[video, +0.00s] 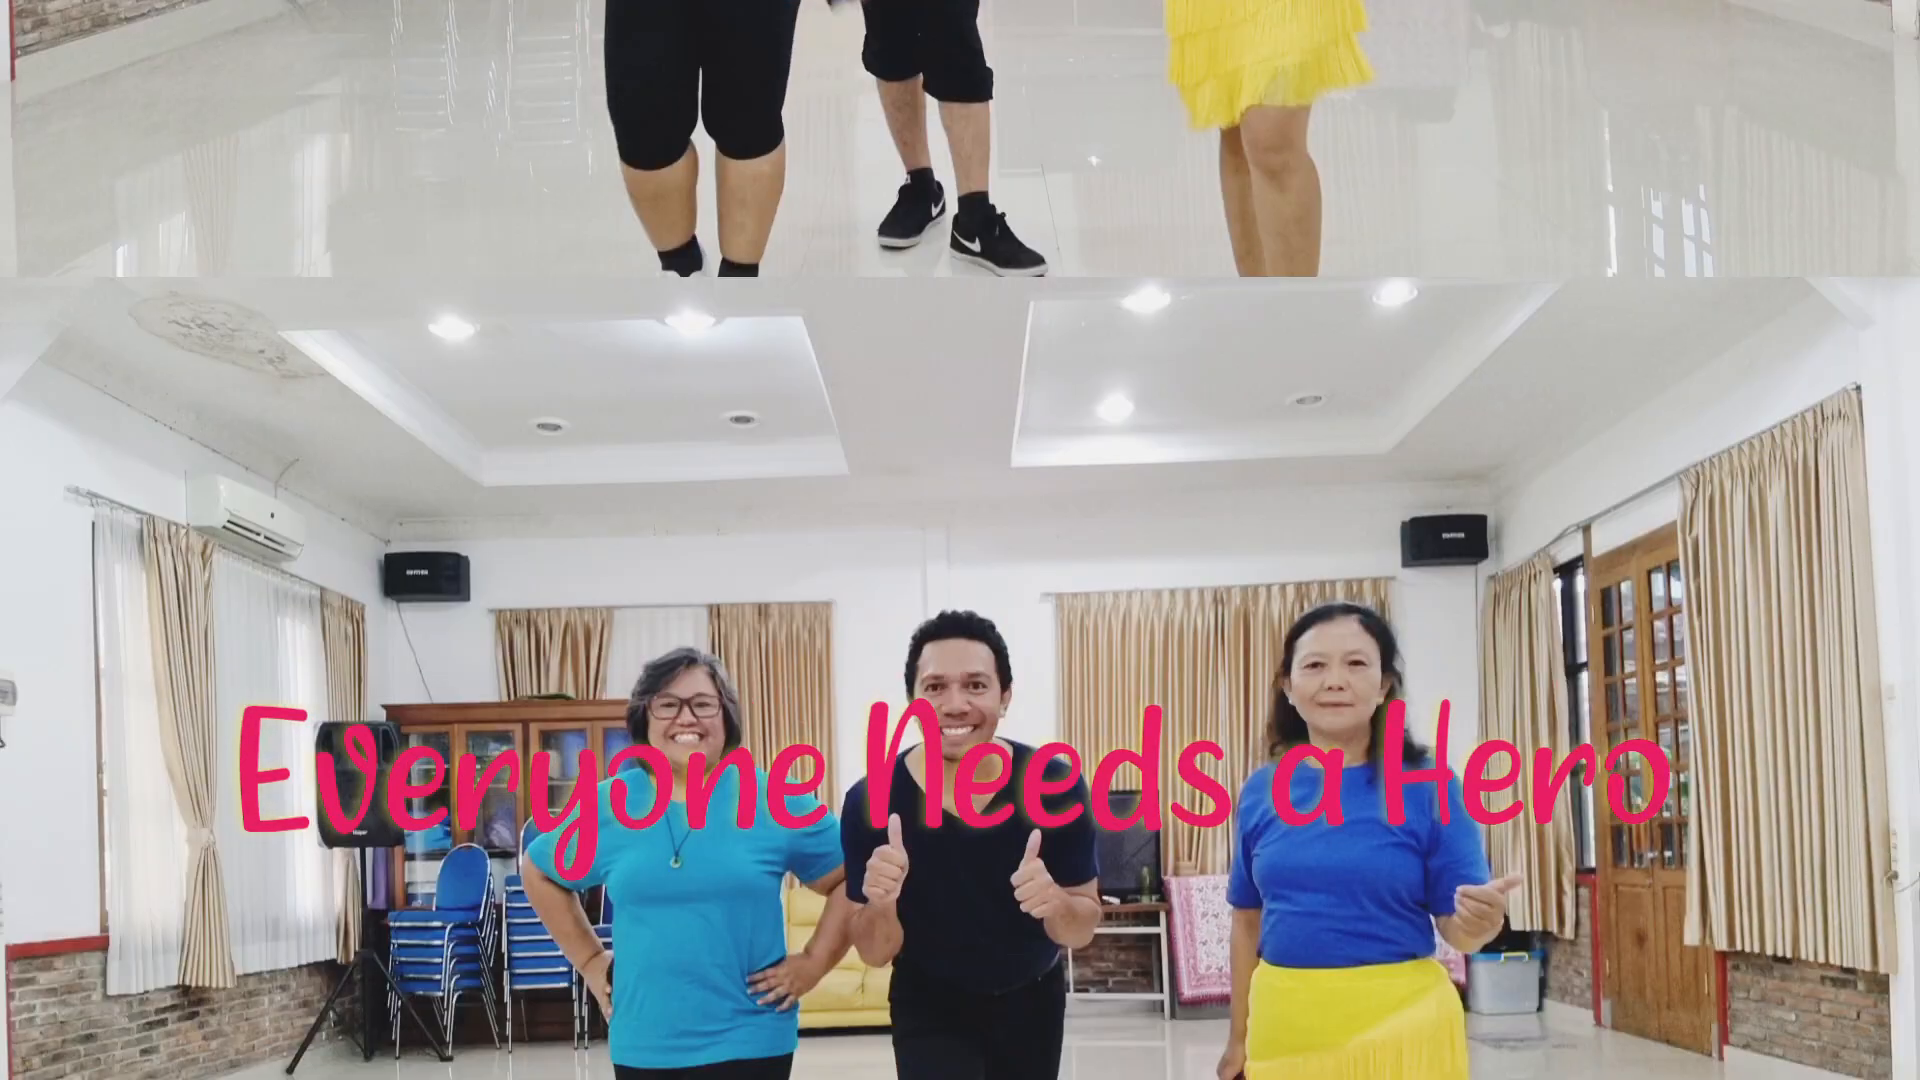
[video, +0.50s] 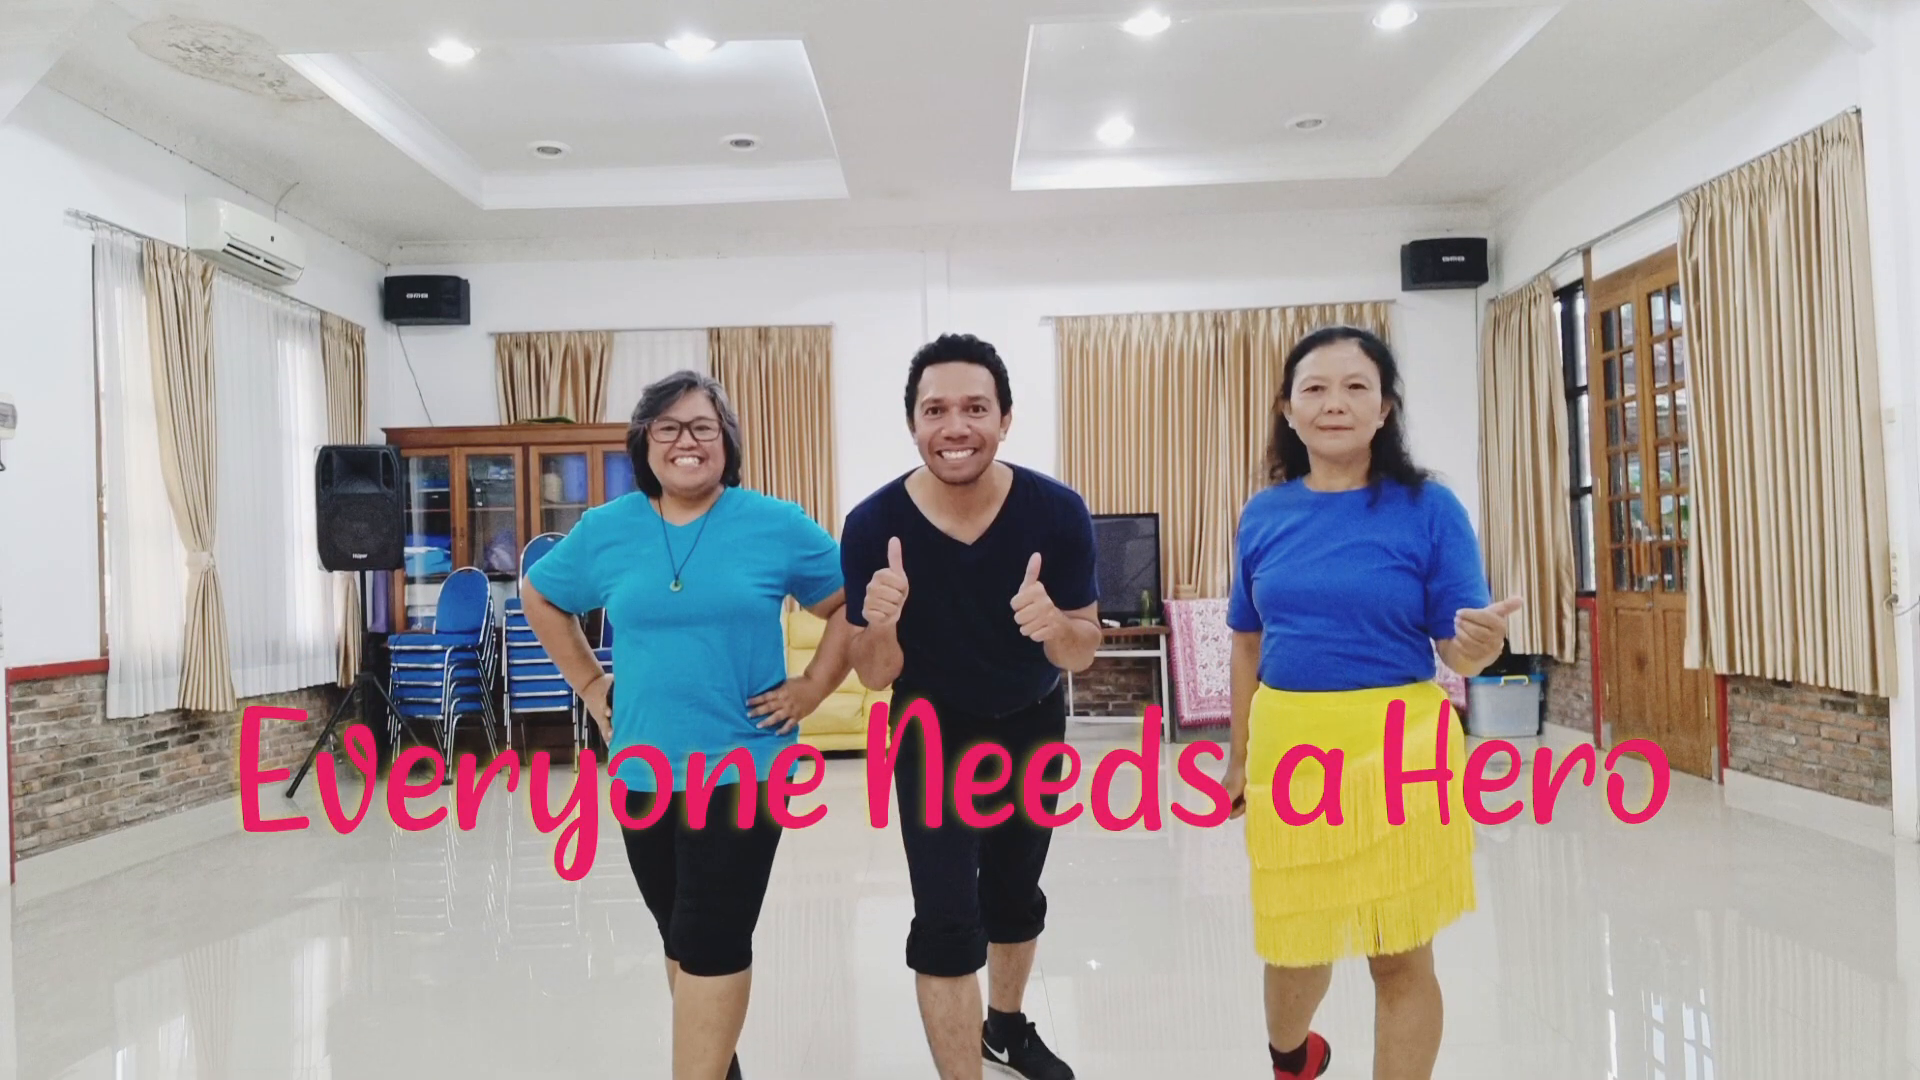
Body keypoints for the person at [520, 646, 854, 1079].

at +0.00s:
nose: (687, 716)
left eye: (703, 704)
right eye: (670, 705)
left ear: (727, 717)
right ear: (645, 717)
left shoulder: (768, 800)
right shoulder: (615, 802)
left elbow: (852, 876)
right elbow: (538, 869)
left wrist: (815, 961)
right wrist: (592, 961)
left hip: (748, 1044)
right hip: (643, 1046)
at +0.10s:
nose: (688, 556)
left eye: (704, 543)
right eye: (670, 544)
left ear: (726, 558)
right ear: (644, 561)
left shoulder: (777, 642)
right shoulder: (606, 645)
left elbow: (851, 718)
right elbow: (538, 706)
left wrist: (813, 805)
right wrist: (591, 794)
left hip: (745, 890)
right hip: (643, 896)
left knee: (702, 1062)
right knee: (688, 1062)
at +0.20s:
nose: (687, 476)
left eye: (702, 463)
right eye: (669, 464)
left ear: (727, 478)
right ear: (645, 482)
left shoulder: (777, 560)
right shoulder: (607, 564)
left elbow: (852, 639)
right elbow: (538, 630)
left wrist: (812, 720)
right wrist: (592, 719)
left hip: (743, 811)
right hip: (643, 813)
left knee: (707, 981)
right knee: (684, 982)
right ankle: (706, 1076)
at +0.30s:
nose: (686, 446)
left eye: (702, 433)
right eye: (669, 434)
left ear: (727, 448)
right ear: (644, 450)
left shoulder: (778, 531)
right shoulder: (605, 535)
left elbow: (853, 610)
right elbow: (537, 600)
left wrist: (813, 690)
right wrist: (590, 687)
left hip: (746, 778)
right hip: (643, 780)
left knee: (708, 953)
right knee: (683, 949)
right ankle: (720, 1070)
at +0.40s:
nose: (687, 441)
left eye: (702, 428)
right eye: (670, 429)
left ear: (727, 443)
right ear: (644, 446)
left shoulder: (778, 527)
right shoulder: (605, 530)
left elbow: (854, 606)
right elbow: (537, 593)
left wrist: (812, 686)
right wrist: (591, 683)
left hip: (746, 773)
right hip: (643, 776)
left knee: (708, 946)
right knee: (683, 945)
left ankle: (696, 1079)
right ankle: (722, 1070)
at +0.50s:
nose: (687, 441)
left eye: (703, 428)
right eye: (670, 429)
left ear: (727, 443)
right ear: (644, 446)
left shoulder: (778, 527)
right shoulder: (605, 530)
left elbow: (854, 606)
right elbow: (538, 594)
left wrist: (813, 686)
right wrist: (591, 683)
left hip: (746, 773)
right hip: (643, 776)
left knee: (708, 947)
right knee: (683, 946)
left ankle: (696, 1079)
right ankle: (722, 1071)